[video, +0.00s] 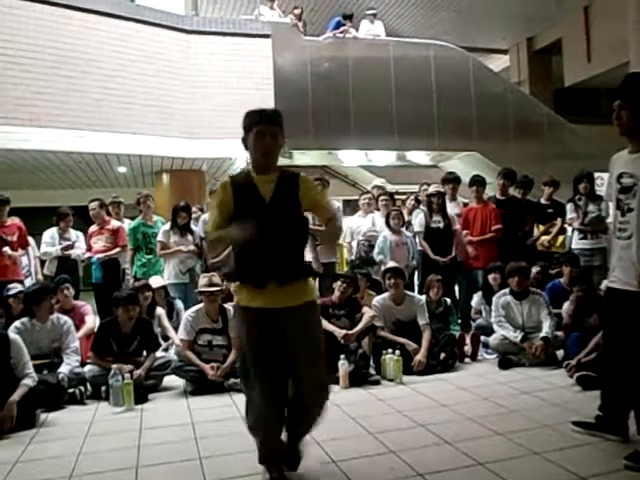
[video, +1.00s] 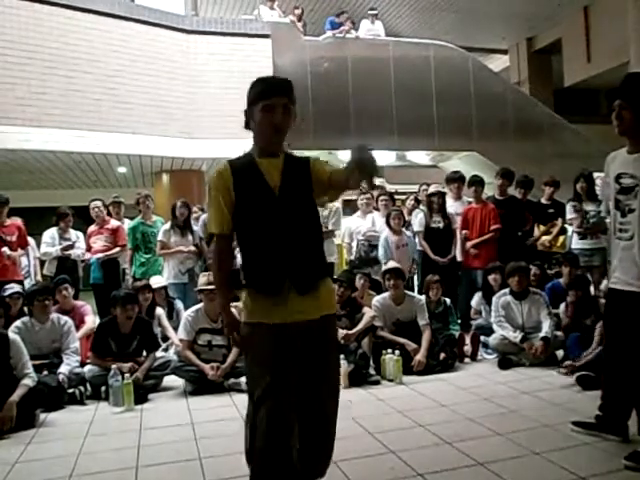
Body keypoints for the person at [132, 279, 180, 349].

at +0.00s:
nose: (146, 295)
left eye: (148, 291)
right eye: (142, 292)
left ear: (152, 293)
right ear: (137, 295)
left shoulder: (158, 311)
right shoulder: (134, 312)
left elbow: (168, 328)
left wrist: (177, 342)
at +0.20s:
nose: (146, 295)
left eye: (149, 291)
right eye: (142, 292)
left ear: (152, 293)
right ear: (137, 295)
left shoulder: (158, 311)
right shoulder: (134, 313)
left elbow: (167, 328)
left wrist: (176, 341)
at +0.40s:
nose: (146, 295)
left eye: (149, 291)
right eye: (142, 292)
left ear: (152, 293)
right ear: (137, 295)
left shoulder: (158, 311)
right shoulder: (133, 312)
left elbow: (168, 328)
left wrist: (176, 342)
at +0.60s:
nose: (146, 295)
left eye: (149, 292)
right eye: (142, 293)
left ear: (152, 294)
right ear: (137, 295)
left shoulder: (158, 311)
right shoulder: (134, 312)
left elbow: (167, 328)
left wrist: (175, 340)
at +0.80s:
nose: (146, 296)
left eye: (149, 292)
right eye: (143, 293)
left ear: (152, 294)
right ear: (137, 296)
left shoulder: (158, 311)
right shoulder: (134, 312)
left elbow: (167, 328)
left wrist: (176, 341)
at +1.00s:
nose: (146, 296)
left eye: (149, 292)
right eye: (143, 293)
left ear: (152, 294)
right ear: (137, 296)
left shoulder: (158, 311)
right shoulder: (134, 312)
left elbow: (167, 328)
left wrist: (176, 341)